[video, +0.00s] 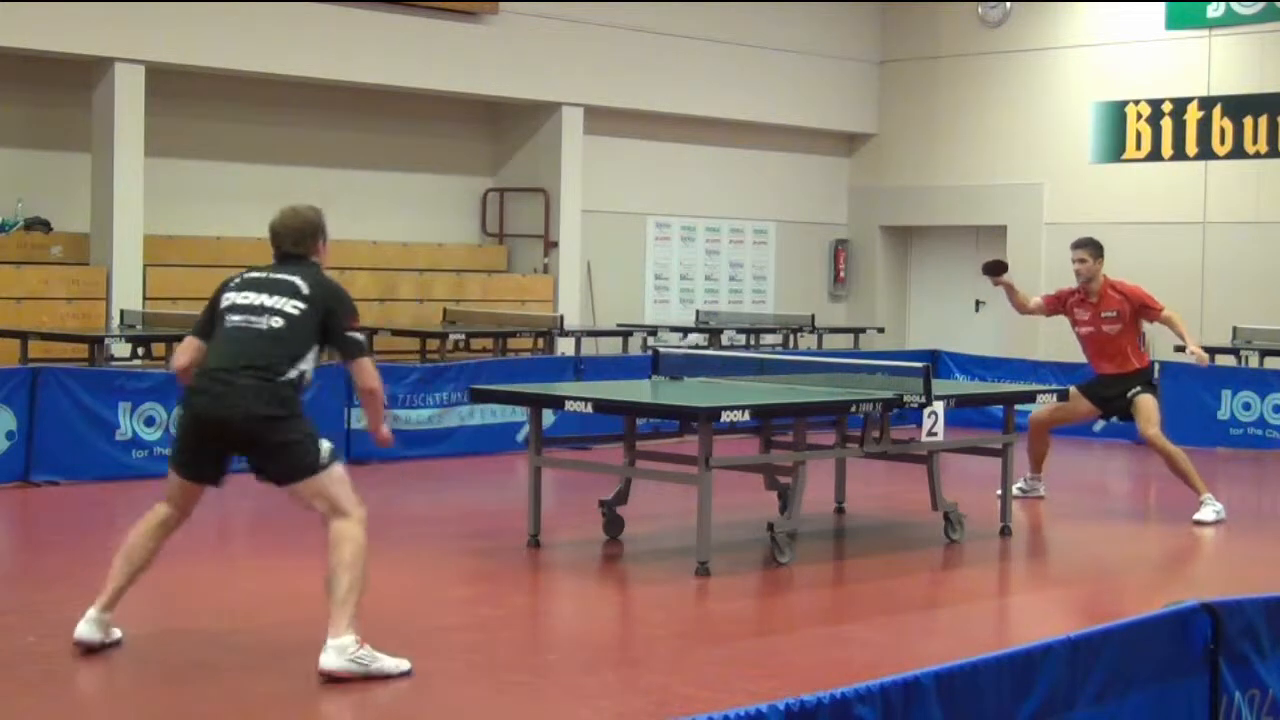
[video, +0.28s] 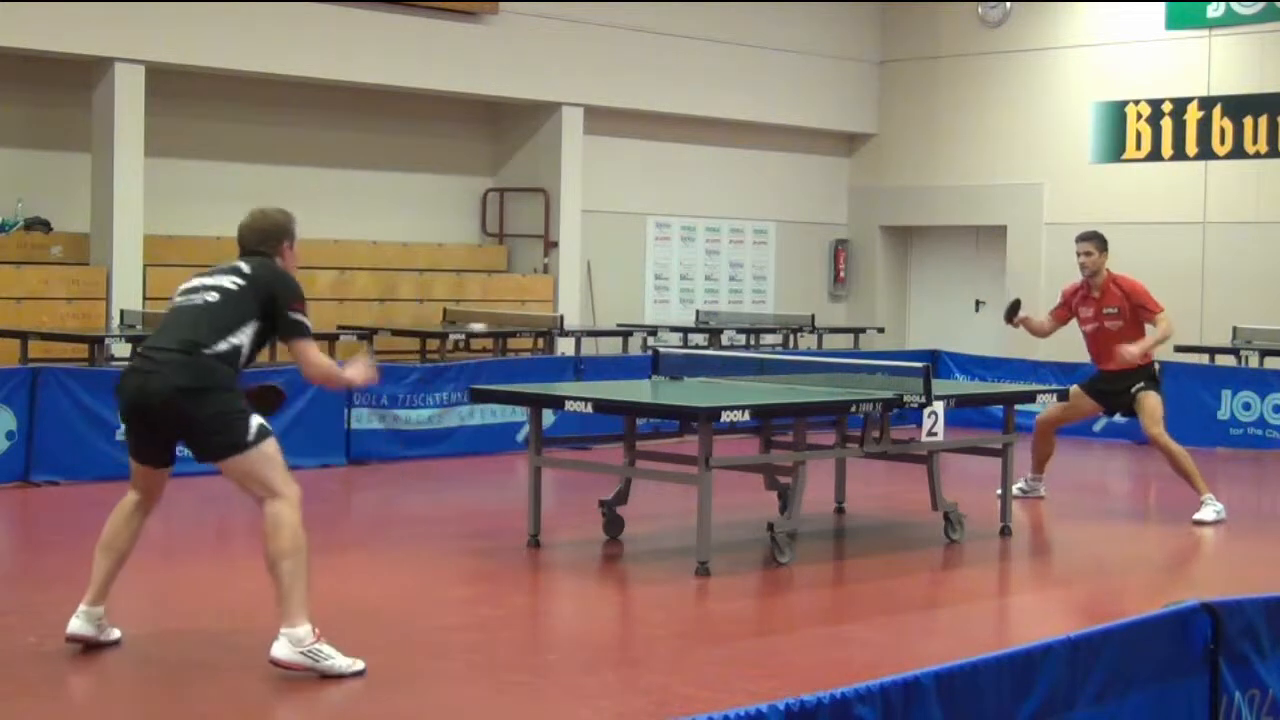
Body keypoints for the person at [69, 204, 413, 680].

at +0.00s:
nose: (329, 252)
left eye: (324, 244)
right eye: (328, 245)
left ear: (274, 248)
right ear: (320, 248)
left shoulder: (237, 283)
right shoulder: (328, 292)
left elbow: (183, 360)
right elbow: (369, 384)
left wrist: (216, 397)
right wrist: (377, 426)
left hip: (205, 402)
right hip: (268, 407)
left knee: (170, 507)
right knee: (346, 514)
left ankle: (96, 616)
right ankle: (342, 643)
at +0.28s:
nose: (297, 255)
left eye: (297, 247)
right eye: (296, 247)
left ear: (244, 249)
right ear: (284, 249)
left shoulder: (209, 278)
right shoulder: (278, 281)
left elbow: (184, 346)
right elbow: (314, 369)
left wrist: (233, 396)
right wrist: (352, 375)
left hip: (140, 383)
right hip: (201, 385)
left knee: (140, 494)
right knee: (281, 494)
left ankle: (88, 612)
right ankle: (297, 634)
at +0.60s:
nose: (248, 169)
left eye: (246, 160)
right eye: (244, 160)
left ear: (195, 167)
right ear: (226, 165)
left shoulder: (162, 212)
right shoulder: (232, 203)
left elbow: (165, 281)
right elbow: (320, 243)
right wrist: (384, 238)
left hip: (138, 349)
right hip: (192, 352)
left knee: (133, 475)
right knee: (225, 480)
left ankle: (78, 592)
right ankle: (202, 626)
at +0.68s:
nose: (241, 177)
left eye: (239, 168)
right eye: (238, 169)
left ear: (187, 178)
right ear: (221, 174)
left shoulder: (157, 228)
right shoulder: (231, 221)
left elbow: (164, 301)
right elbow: (315, 274)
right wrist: (383, 283)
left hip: (140, 367)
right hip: (197, 372)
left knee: (131, 485)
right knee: (223, 501)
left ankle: (79, 600)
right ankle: (194, 646)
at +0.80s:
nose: (238, 198)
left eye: (234, 190)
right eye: (233, 191)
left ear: (185, 202)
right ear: (218, 199)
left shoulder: (152, 249)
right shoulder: (223, 255)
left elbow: (125, 310)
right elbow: (288, 318)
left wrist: (187, 316)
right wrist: (355, 348)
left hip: (129, 394)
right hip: (189, 398)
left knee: (126, 496)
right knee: (217, 515)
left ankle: (70, 612)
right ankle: (192, 653)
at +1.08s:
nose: (231, 208)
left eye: (227, 199)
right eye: (227, 200)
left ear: (180, 207)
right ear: (216, 207)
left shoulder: (141, 243)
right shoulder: (214, 256)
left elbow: (92, 317)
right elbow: (241, 348)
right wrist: (273, 403)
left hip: (78, 365)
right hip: (128, 375)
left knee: (93, 474)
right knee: (224, 472)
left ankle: (54, 583)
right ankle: (192, 611)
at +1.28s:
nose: (212, 241)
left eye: (208, 233)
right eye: (207, 235)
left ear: (161, 241)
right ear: (193, 242)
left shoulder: (123, 276)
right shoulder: (193, 291)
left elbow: (100, 347)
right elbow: (208, 384)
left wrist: (142, 406)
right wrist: (240, 424)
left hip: (66, 403)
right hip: (119, 407)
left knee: (101, 480)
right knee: (225, 491)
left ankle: (47, 594)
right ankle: (187, 620)